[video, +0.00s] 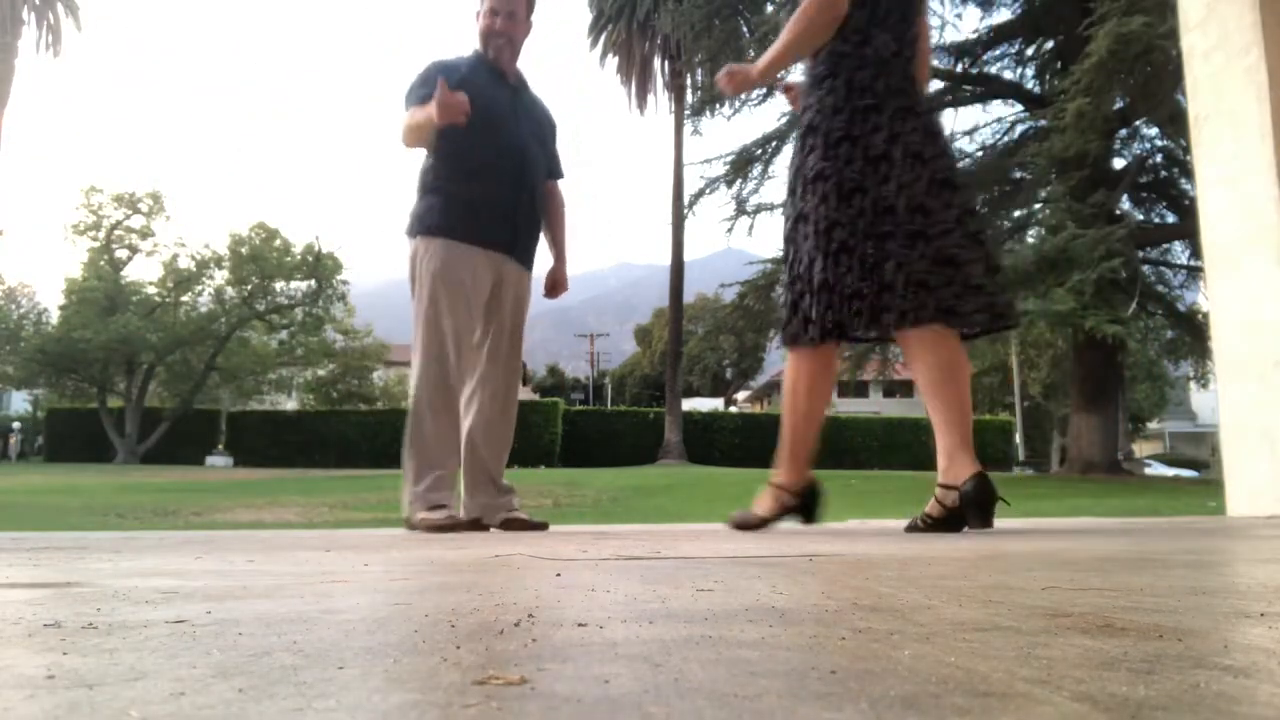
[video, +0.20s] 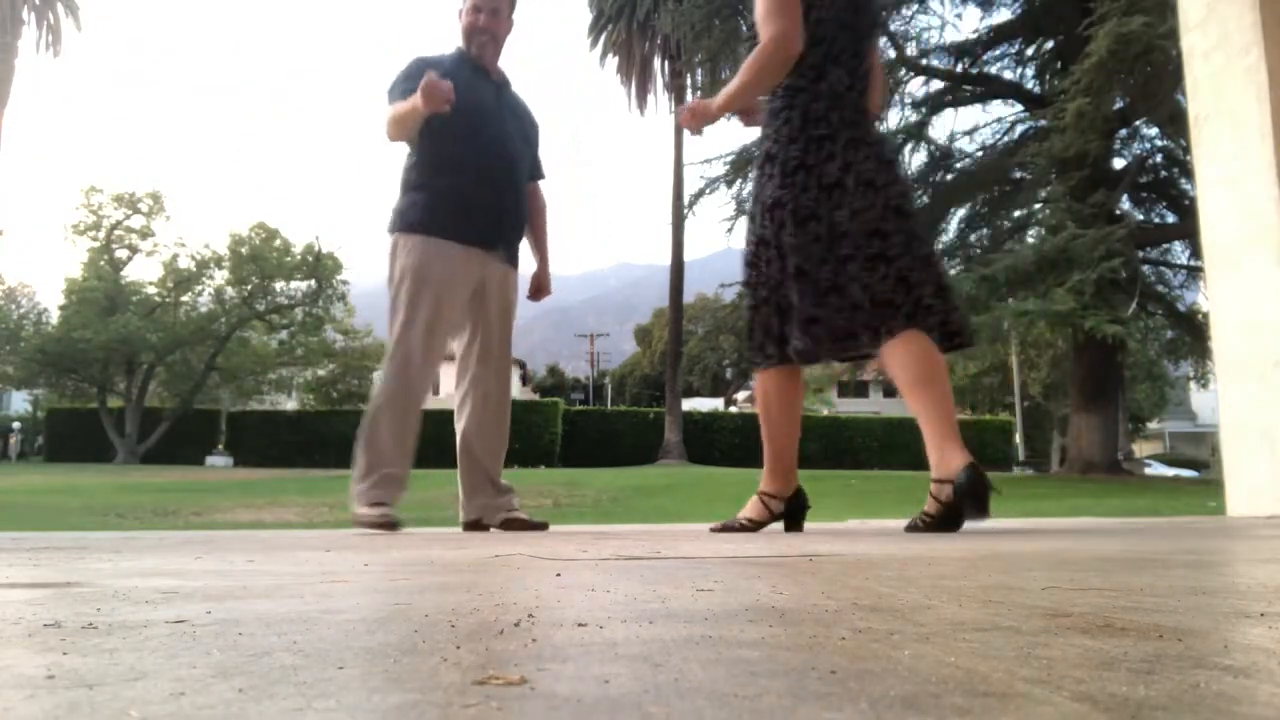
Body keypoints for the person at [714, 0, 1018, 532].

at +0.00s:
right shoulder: (908, 3)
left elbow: (826, 8)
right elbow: (917, 68)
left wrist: (758, 69)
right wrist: (823, 95)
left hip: (843, 128)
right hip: (905, 132)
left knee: (814, 304)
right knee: (920, 301)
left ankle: (790, 480)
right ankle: (960, 476)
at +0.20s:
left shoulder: (781, 2)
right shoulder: (854, 9)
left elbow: (782, 42)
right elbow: (871, 98)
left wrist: (716, 101)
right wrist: (763, 109)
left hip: (798, 156)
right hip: (859, 154)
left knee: (773, 316)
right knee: (889, 307)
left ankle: (778, 488)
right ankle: (952, 470)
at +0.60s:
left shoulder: (753, 11)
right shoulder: (722, 40)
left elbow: (778, 87)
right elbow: (736, 134)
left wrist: (693, 116)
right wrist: (682, 144)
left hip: (749, 193)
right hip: (742, 194)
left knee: (722, 347)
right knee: (755, 355)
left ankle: (776, 490)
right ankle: (848, 465)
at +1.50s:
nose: (642, 5)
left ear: (676, 7)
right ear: (623, 9)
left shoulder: (700, 67)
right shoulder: (610, 82)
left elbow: (736, 146)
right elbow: (605, 170)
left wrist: (681, 148)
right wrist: (594, 151)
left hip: (691, 220)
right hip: (635, 224)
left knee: (700, 349)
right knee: (629, 358)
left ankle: (734, 487)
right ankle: (658, 496)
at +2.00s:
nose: (681, 5)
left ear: (714, 6)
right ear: (663, 8)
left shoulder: (739, 63)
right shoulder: (648, 77)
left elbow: (777, 138)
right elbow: (637, 167)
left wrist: (730, 132)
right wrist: (626, 140)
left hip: (721, 220)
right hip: (664, 220)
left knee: (727, 354)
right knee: (662, 355)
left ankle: (741, 497)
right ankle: (658, 496)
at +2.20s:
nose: (690, 5)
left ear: (724, 7)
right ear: (673, 10)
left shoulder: (749, 65)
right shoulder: (664, 82)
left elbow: (790, 140)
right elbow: (658, 174)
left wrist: (740, 138)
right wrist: (643, 152)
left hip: (736, 227)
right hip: (679, 228)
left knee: (732, 353)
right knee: (659, 352)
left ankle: (741, 496)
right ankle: (659, 496)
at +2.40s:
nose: (692, 3)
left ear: (727, 6)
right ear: (674, 9)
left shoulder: (753, 60)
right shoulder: (669, 80)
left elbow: (790, 132)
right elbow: (669, 171)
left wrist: (736, 126)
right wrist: (639, 149)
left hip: (743, 221)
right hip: (687, 223)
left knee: (742, 350)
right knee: (662, 346)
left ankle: (742, 495)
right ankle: (669, 488)